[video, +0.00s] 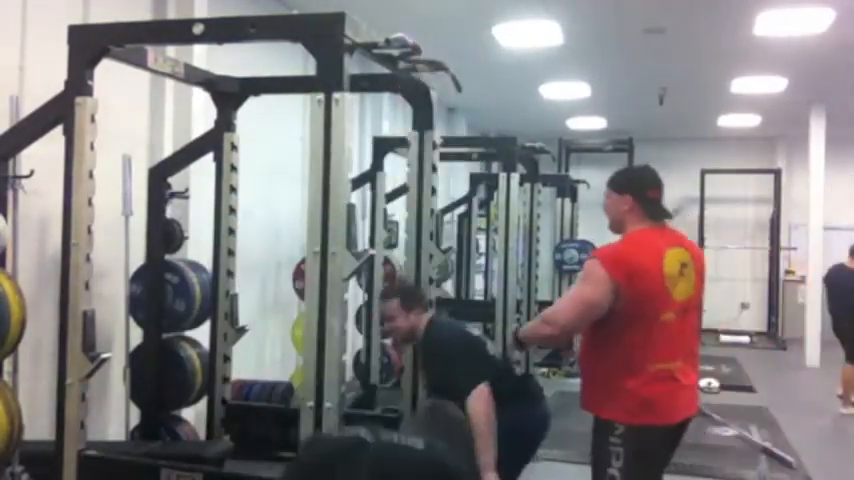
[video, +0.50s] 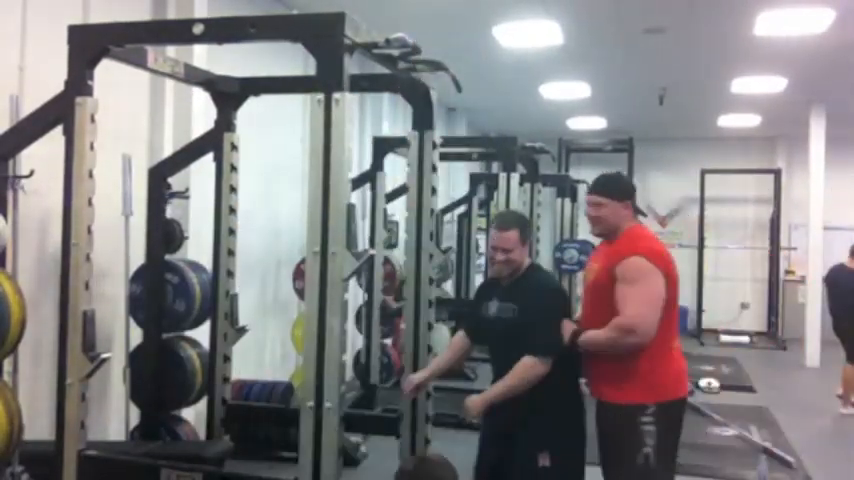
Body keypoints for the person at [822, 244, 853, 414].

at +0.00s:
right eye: (852, 257)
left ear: (849, 255)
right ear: (851, 256)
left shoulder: (834, 272)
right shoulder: (844, 274)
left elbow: (832, 305)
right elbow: (834, 306)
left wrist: (837, 319)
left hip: (839, 324)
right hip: (848, 326)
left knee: (849, 358)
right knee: (849, 360)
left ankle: (845, 390)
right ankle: (847, 401)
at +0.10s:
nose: (852, 261)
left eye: (851, 257)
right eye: (852, 257)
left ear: (849, 255)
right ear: (851, 256)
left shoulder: (834, 272)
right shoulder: (844, 274)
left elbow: (832, 305)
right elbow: (834, 306)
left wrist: (838, 319)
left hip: (839, 324)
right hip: (848, 325)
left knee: (849, 358)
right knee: (849, 360)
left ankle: (845, 390)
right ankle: (847, 401)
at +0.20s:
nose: (852, 261)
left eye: (851, 257)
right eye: (852, 257)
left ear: (849, 255)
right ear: (851, 256)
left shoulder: (835, 272)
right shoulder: (844, 274)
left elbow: (833, 305)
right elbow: (836, 305)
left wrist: (838, 319)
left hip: (839, 324)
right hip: (848, 325)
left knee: (849, 358)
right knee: (849, 360)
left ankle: (845, 390)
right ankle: (847, 401)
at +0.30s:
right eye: (853, 257)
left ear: (849, 255)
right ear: (851, 256)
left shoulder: (834, 273)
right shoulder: (844, 274)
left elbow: (833, 304)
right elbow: (835, 305)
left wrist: (838, 319)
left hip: (839, 324)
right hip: (848, 325)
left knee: (849, 358)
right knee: (850, 360)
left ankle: (845, 390)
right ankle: (847, 401)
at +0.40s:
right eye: (853, 257)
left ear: (849, 255)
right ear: (851, 256)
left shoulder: (834, 273)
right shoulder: (844, 274)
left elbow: (833, 304)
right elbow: (835, 305)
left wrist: (838, 319)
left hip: (839, 324)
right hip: (848, 325)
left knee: (849, 358)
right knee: (850, 360)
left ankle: (845, 390)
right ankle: (847, 401)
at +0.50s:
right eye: (853, 257)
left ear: (849, 255)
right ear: (851, 256)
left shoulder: (834, 273)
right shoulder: (844, 274)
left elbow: (833, 305)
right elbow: (836, 306)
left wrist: (838, 319)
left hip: (839, 324)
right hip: (848, 325)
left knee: (849, 358)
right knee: (850, 360)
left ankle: (845, 390)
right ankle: (847, 401)